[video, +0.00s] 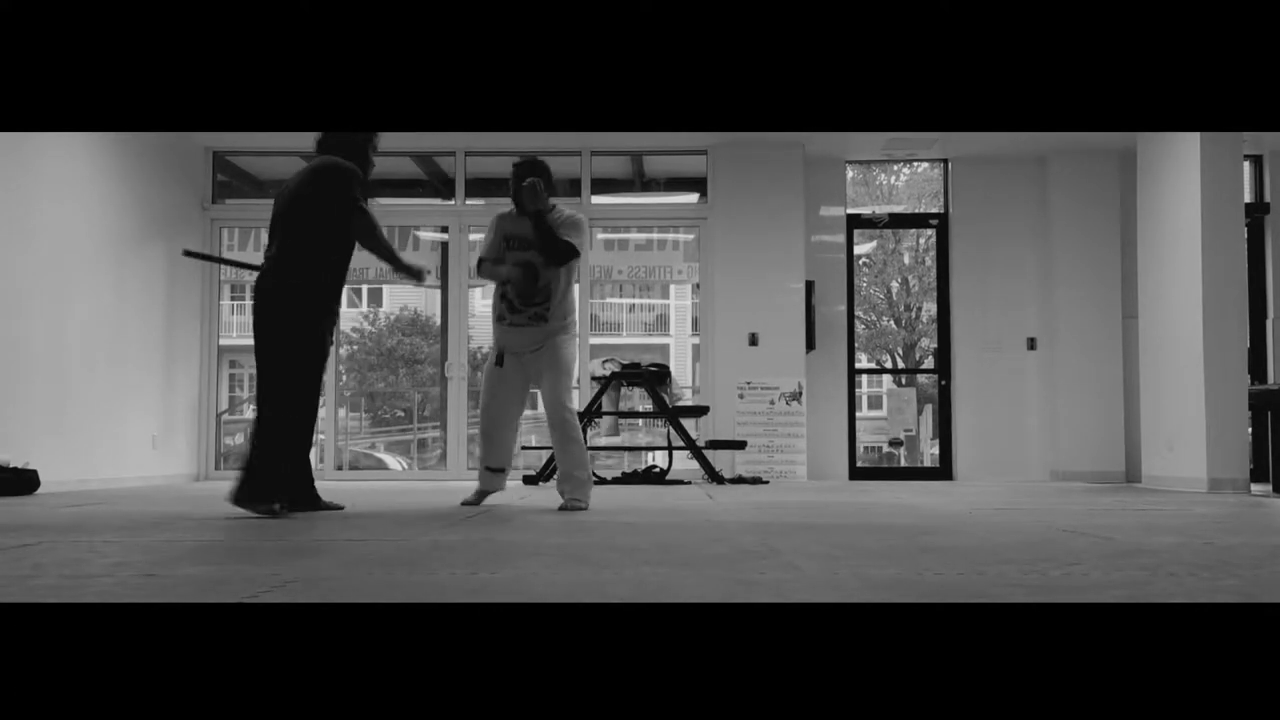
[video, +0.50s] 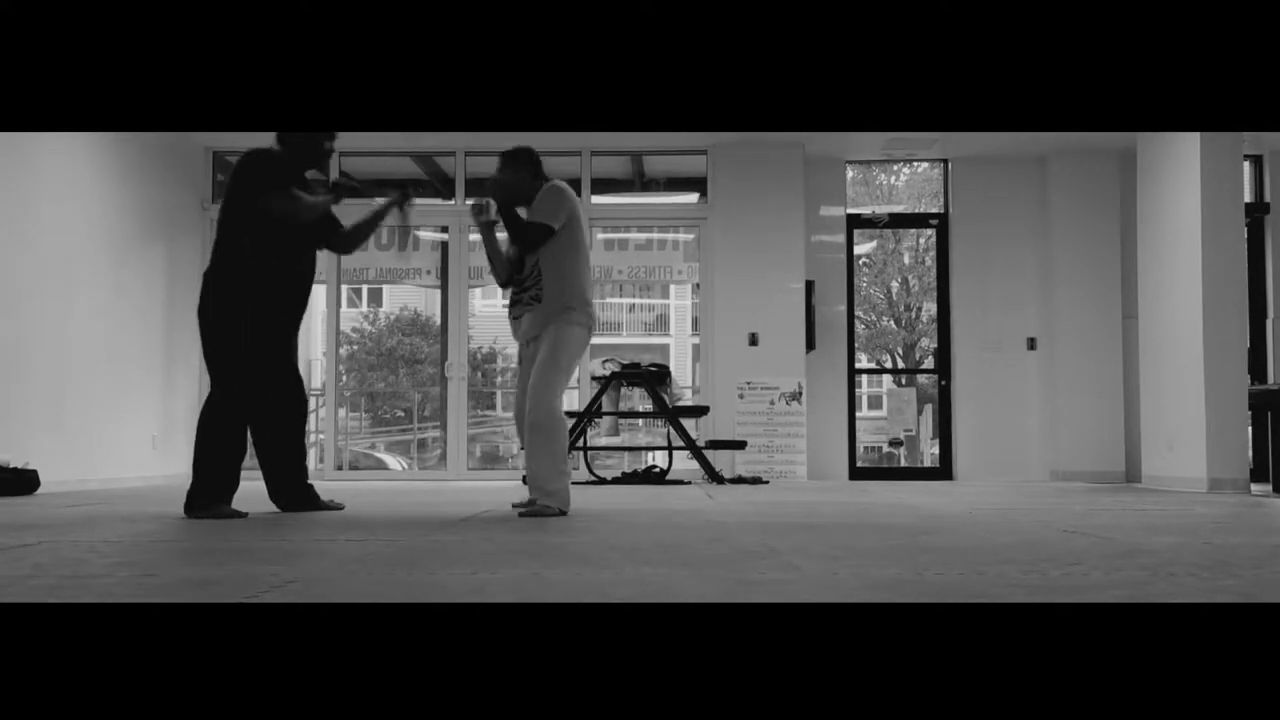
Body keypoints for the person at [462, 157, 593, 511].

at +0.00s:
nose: (523, 194)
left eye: (531, 187)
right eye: (519, 188)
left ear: (546, 189)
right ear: (512, 191)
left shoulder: (570, 221)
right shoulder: (503, 221)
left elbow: (559, 257)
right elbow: (482, 266)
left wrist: (537, 213)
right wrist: (510, 272)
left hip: (555, 336)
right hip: (509, 337)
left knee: (560, 412)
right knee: (495, 412)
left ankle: (576, 494)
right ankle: (491, 482)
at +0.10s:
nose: (516, 182)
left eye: (523, 175)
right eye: (513, 176)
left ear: (542, 176)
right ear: (511, 177)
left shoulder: (569, 208)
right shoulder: (507, 208)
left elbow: (558, 250)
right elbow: (490, 255)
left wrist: (532, 209)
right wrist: (509, 253)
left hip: (553, 327)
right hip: (511, 326)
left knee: (557, 411)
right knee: (499, 405)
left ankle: (575, 493)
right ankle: (513, 481)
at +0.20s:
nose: (509, 180)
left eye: (515, 173)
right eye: (509, 173)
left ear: (536, 172)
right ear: (516, 173)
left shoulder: (568, 208)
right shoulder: (510, 208)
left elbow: (547, 250)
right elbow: (501, 258)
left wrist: (517, 212)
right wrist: (494, 248)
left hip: (553, 320)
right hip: (516, 321)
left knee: (547, 397)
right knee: (507, 402)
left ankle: (583, 483)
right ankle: (542, 483)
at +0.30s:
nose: (505, 188)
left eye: (511, 181)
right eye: (504, 181)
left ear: (533, 181)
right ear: (514, 181)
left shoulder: (561, 214)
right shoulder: (516, 223)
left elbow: (521, 254)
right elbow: (502, 278)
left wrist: (510, 212)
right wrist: (486, 243)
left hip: (554, 327)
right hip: (518, 331)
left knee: (544, 401)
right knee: (518, 410)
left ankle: (576, 488)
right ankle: (548, 489)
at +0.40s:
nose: (500, 195)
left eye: (506, 186)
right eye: (498, 189)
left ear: (527, 182)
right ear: (504, 189)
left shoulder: (555, 204)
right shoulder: (517, 227)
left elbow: (522, 247)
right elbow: (503, 284)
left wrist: (509, 208)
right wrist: (484, 240)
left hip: (562, 326)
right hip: (524, 336)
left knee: (547, 401)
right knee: (520, 412)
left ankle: (553, 494)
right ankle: (536, 490)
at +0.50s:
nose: (497, 185)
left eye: (502, 177)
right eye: (498, 178)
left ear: (523, 174)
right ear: (522, 176)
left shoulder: (557, 193)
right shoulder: (528, 216)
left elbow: (528, 241)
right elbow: (504, 276)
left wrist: (503, 204)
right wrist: (487, 230)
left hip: (565, 320)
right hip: (534, 327)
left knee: (542, 402)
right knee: (525, 409)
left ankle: (553, 498)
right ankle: (543, 493)